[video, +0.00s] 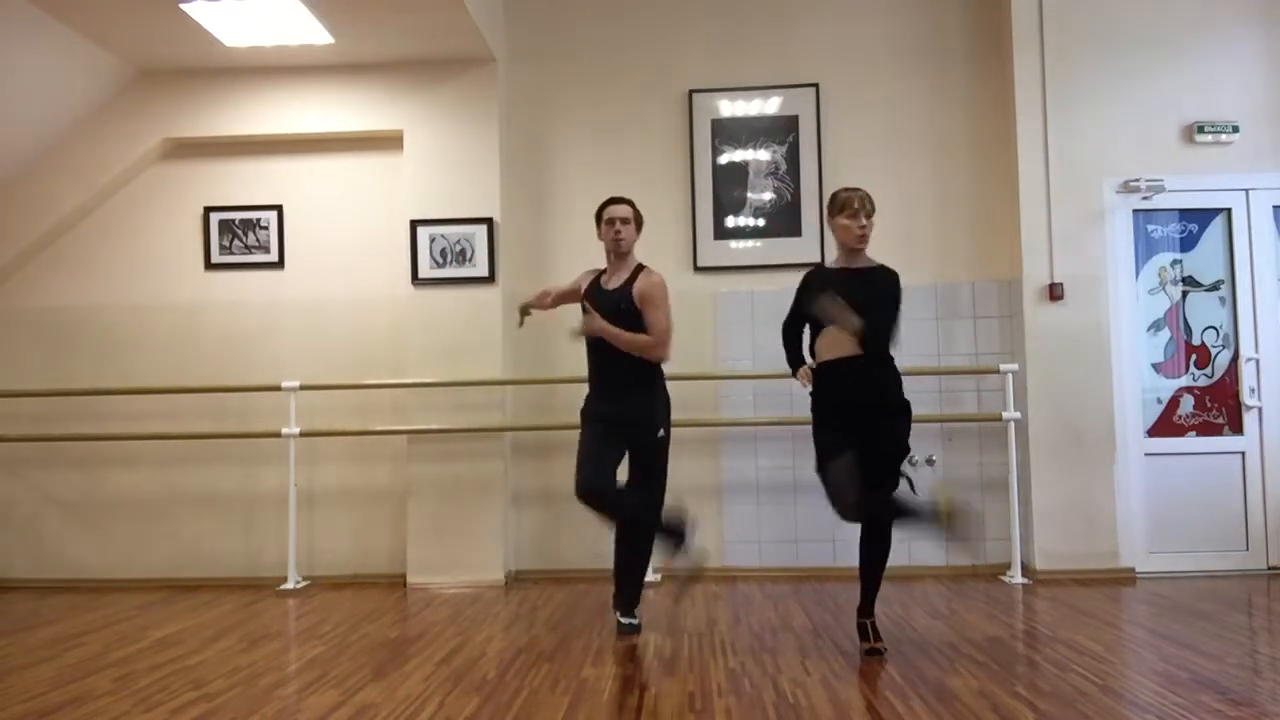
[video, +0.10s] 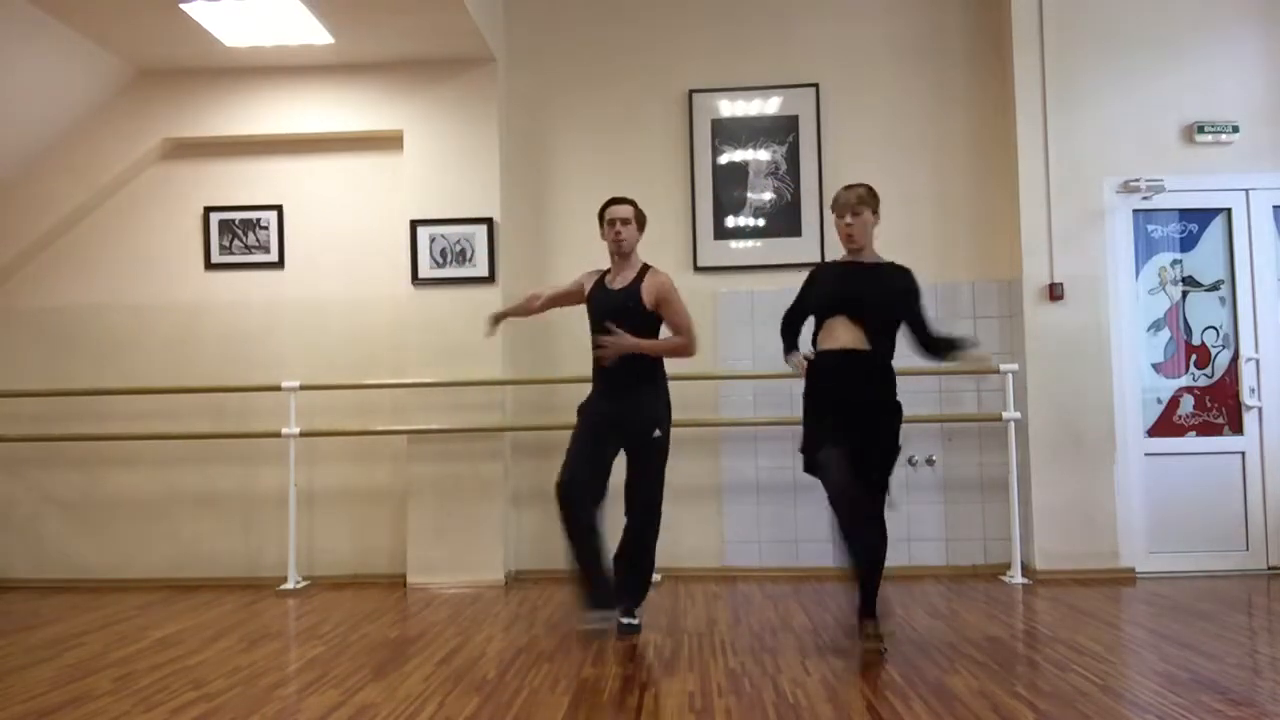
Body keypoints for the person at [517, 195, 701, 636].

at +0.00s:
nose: (618, 229)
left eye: (625, 223)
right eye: (610, 223)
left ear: (638, 231)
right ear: (599, 232)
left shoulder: (650, 283)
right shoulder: (591, 282)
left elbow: (660, 350)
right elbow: (558, 297)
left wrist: (605, 330)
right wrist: (541, 300)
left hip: (648, 410)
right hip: (602, 407)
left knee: (638, 512)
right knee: (591, 489)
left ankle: (626, 606)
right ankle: (666, 523)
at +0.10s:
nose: (618, 230)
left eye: (625, 223)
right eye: (611, 224)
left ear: (640, 231)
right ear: (602, 232)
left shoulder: (657, 283)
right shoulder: (593, 283)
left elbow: (686, 344)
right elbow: (544, 302)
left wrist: (632, 344)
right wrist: (504, 313)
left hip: (647, 410)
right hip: (602, 406)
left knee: (642, 509)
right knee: (574, 491)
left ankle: (629, 603)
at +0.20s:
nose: (612, 230)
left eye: (619, 223)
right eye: (607, 224)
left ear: (640, 228)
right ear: (602, 232)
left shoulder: (663, 280)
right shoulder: (594, 283)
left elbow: (697, 329)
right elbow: (538, 302)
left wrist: (655, 345)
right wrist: (488, 319)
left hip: (645, 408)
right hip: (601, 404)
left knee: (641, 509)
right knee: (567, 489)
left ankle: (629, 604)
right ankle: (538, 588)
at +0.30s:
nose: (601, 231)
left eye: (609, 223)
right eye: (600, 224)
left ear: (635, 228)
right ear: (605, 230)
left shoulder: (666, 270)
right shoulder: (597, 284)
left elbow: (706, 309)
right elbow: (537, 309)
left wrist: (673, 336)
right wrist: (476, 322)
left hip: (644, 398)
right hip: (599, 391)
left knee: (636, 506)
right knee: (543, 461)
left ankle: (627, 606)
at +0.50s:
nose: (600, 230)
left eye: (608, 223)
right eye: (599, 224)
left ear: (634, 227)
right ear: (609, 230)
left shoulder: (668, 268)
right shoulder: (598, 286)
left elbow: (704, 304)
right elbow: (562, 327)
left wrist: (678, 333)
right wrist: (519, 332)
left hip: (646, 400)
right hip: (599, 392)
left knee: (637, 506)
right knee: (533, 457)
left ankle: (627, 604)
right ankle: (451, 521)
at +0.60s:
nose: (600, 231)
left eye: (608, 224)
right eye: (598, 224)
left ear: (634, 227)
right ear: (609, 231)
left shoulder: (668, 268)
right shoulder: (596, 287)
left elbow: (699, 308)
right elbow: (580, 335)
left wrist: (677, 339)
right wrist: (562, 340)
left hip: (647, 393)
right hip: (603, 390)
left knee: (639, 502)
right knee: (556, 479)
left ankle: (628, 603)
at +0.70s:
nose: (609, 228)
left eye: (616, 220)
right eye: (604, 223)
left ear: (637, 226)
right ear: (600, 232)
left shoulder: (666, 272)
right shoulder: (591, 286)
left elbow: (690, 312)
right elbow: (597, 341)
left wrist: (675, 347)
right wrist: (651, 341)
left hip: (644, 402)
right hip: (598, 400)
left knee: (641, 504)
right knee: (570, 490)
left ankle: (629, 603)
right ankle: (606, 571)